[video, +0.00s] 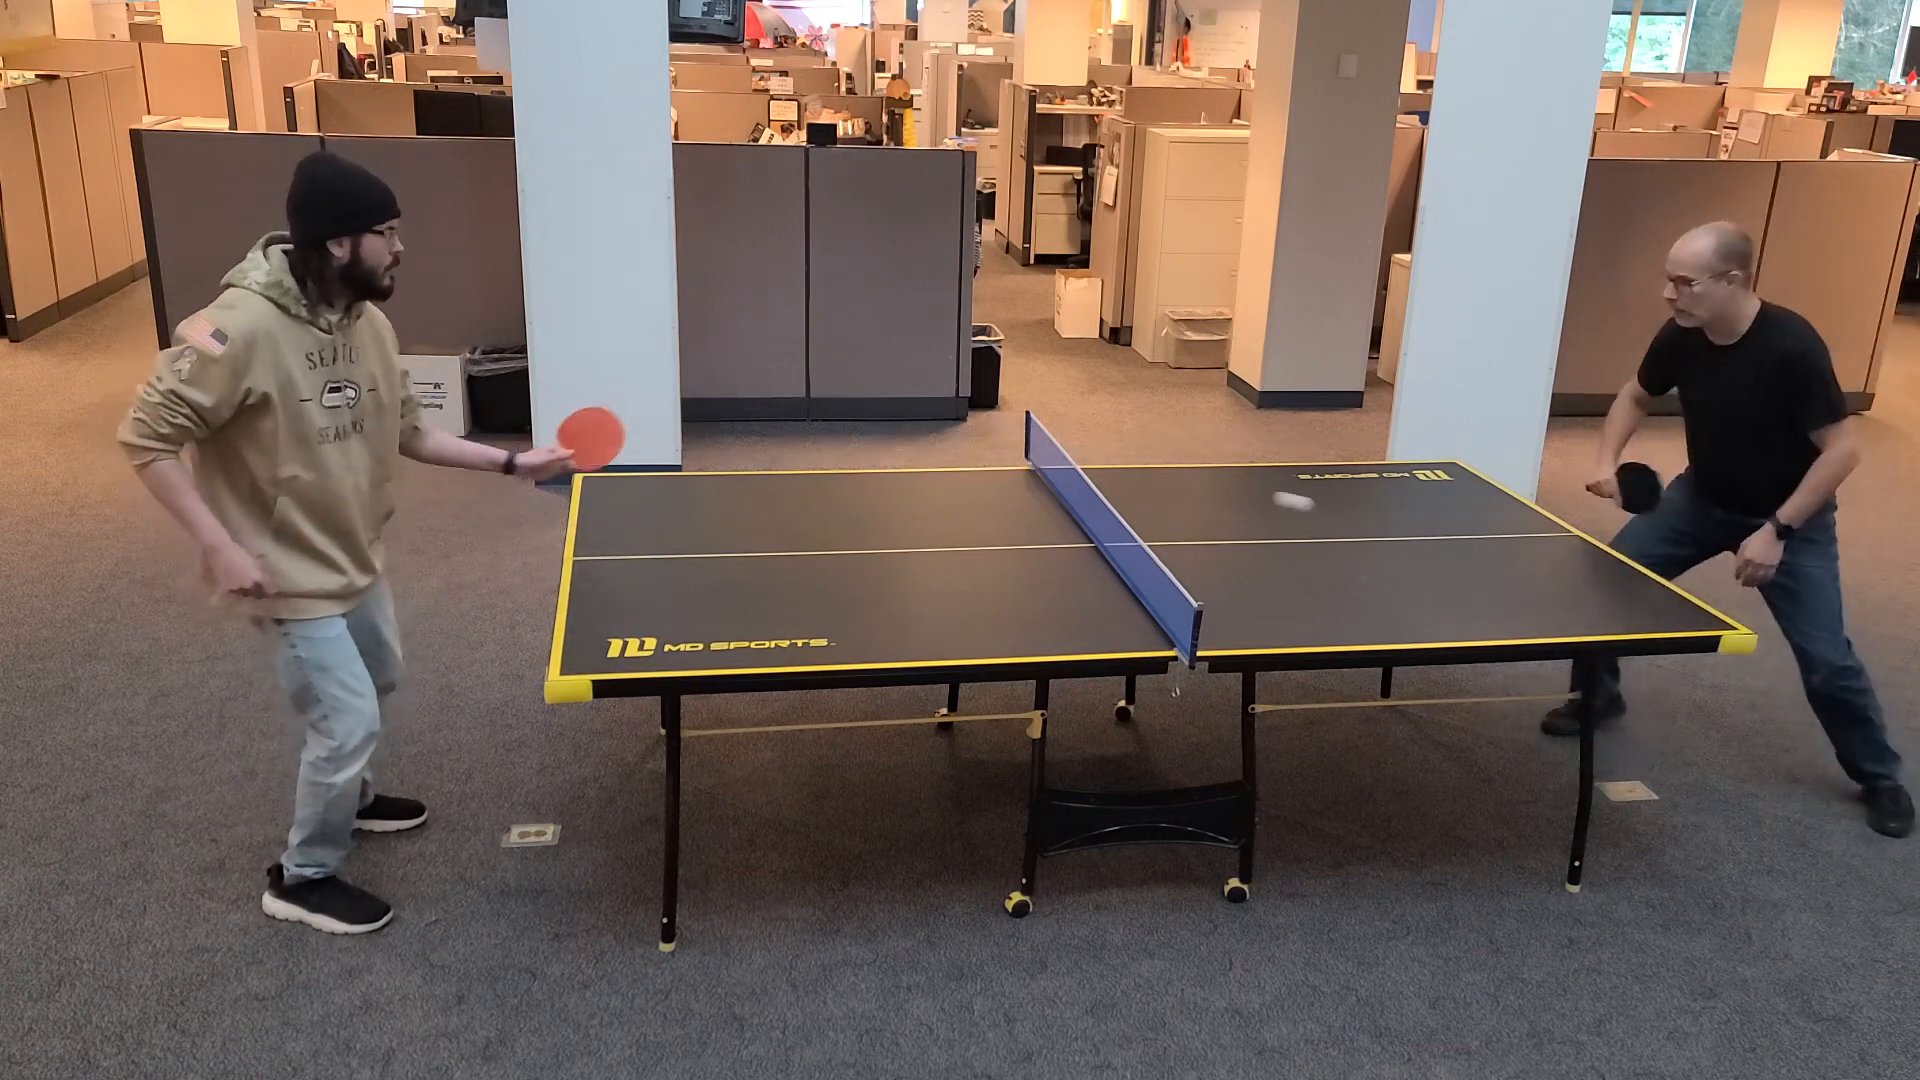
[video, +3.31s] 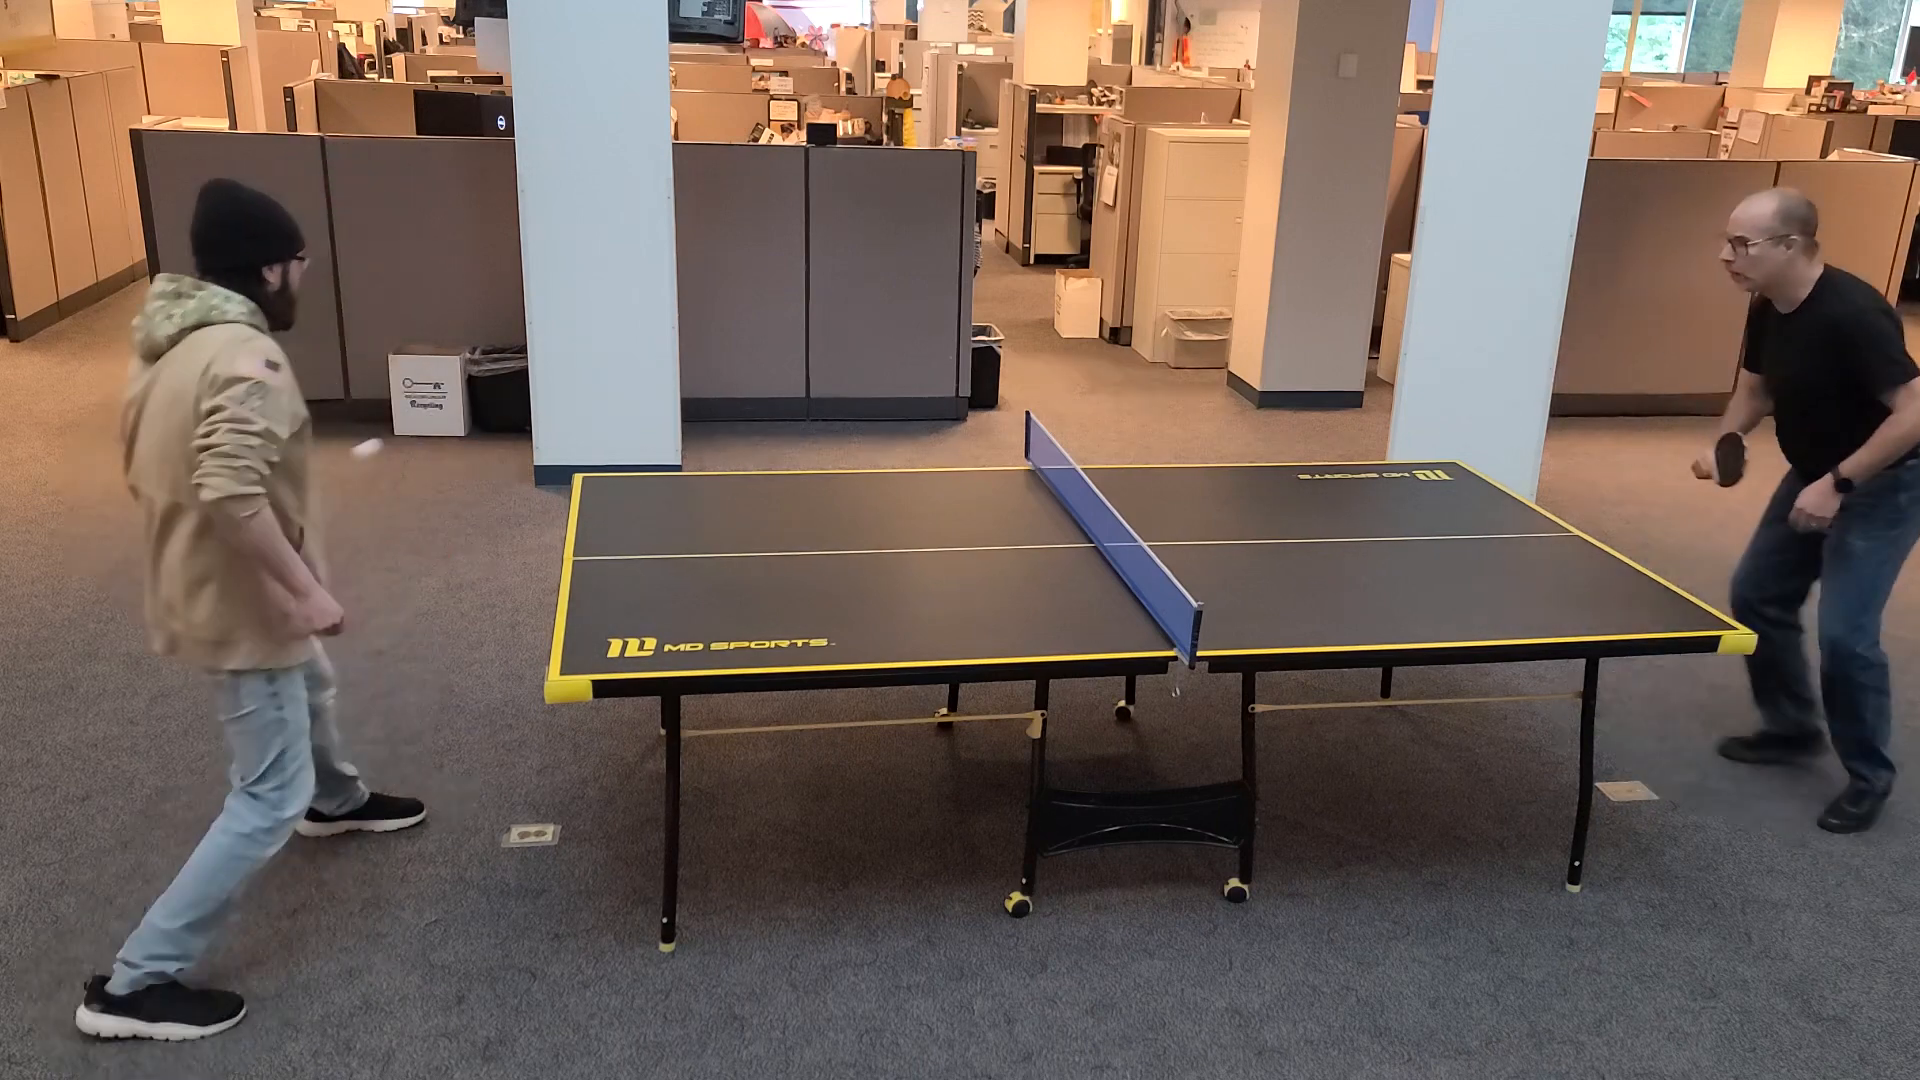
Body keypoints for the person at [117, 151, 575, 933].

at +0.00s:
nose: (397, 246)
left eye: (393, 231)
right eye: (384, 233)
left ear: (340, 243)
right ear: (336, 243)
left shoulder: (367, 323)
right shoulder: (241, 328)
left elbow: (412, 434)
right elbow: (148, 439)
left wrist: (512, 459)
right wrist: (216, 546)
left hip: (352, 557)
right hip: (286, 572)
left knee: (378, 680)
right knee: (347, 723)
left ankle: (347, 800)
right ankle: (302, 875)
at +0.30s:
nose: (402, 233)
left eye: (397, 218)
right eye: (389, 220)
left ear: (346, 232)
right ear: (345, 234)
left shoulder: (325, 297)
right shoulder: (272, 320)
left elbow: (321, 441)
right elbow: (210, 452)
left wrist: (386, 504)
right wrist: (295, 548)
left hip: (347, 543)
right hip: (301, 564)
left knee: (388, 673)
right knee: (359, 711)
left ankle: (345, 803)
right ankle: (303, 875)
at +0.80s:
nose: (404, 263)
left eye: (404, 248)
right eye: (390, 248)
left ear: (355, 255)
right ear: (337, 253)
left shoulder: (384, 345)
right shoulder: (232, 327)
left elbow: (439, 445)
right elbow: (144, 426)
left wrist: (517, 505)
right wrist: (192, 540)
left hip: (365, 561)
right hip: (281, 571)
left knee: (400, 682)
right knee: (345, 717)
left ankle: (347, 801)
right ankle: (303, 874)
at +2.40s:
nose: (406, 223)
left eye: (403, 207)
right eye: (393, 209)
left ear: (349, 219)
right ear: (346, 219)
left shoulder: (337, 286)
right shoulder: (269, 302)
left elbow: (333, 421)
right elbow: (184, 419)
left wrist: (408, 432)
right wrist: (265, 522)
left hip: (355, 536)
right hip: (303, 549)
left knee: (379, 672)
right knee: (348, 709)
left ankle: (346, 799)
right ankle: (303, 873)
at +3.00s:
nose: (384, 240)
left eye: (380, 225)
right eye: (374, 226)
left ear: (321, 232)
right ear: (336, 235)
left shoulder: (299, 297)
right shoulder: (280, 314)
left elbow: (249, 427)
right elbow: (217, 436)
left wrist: (324, 524)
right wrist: (283, 545)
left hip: (331, 540)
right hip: (301, 558)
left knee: (384, 643)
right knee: (359, 719)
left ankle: (345, 792)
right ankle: (212, 877)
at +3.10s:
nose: (363, 253)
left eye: (360, 238)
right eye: (354, 240)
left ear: (283, 241)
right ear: (319, 248)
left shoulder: (229, 309)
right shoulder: (287, 328)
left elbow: (165, 424)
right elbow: (234, 446)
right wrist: (290, 562)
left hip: (302, 560)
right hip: (291, 574)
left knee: (373, 656)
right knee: (330, 746)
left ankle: (341, 796)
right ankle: (169, 913)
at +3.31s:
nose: (300, 276)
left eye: (296, 261)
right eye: (294, 263)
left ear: (212, 264)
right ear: (269, 271)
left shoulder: (178, 347)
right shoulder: (248, 360)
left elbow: (137, 455)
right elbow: (231, 489)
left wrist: (210, 528)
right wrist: (307, 590)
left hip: (219, 589)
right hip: (246, 603)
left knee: (309, 676)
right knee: (271, 797)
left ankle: (333, 797)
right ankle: (138, 981)